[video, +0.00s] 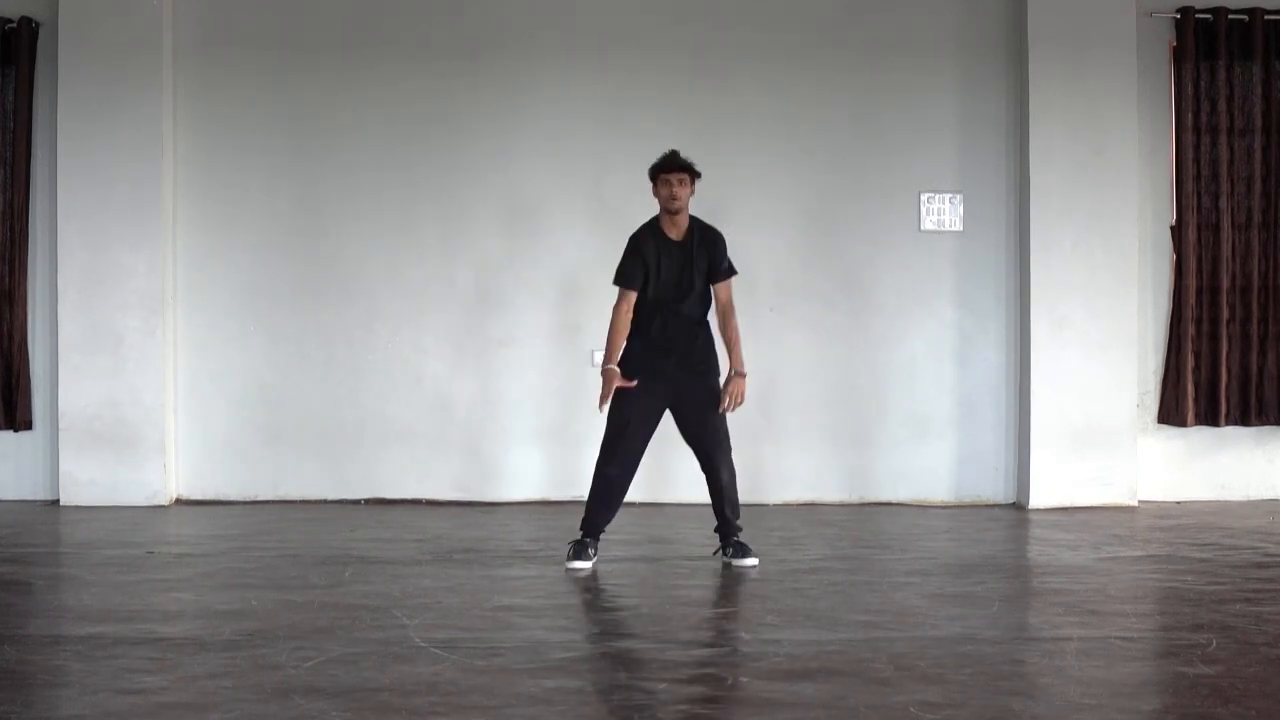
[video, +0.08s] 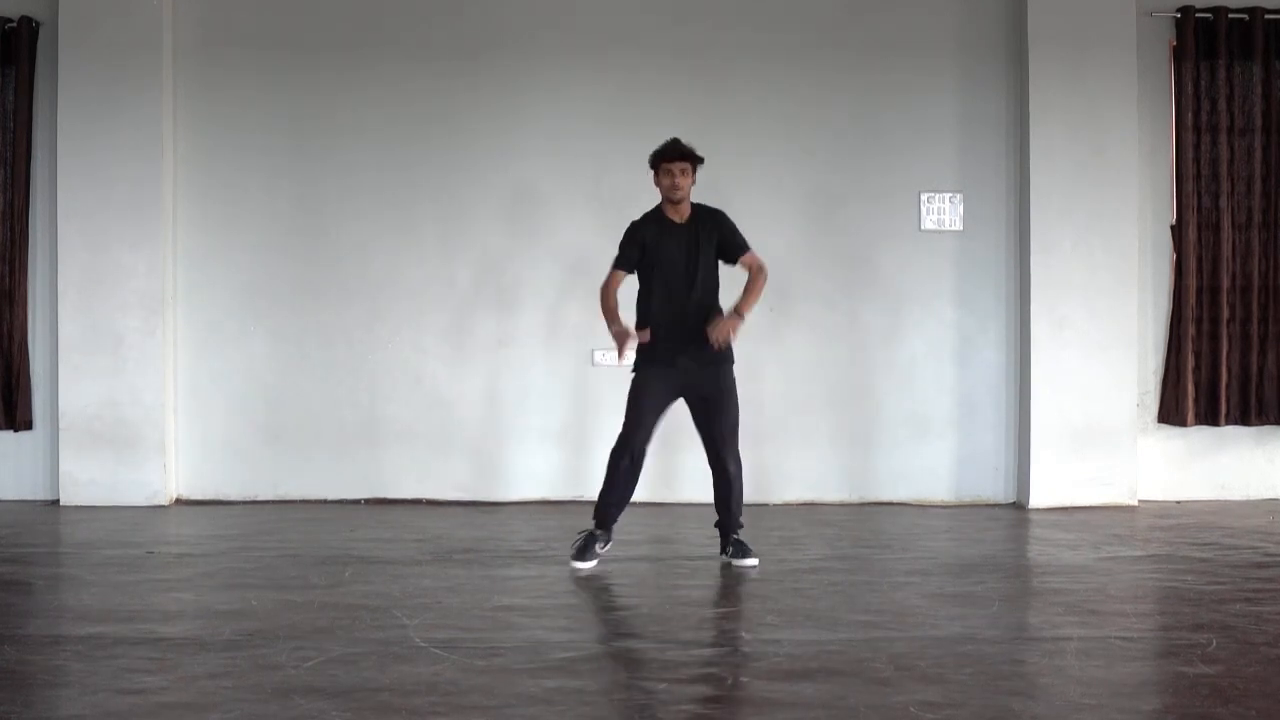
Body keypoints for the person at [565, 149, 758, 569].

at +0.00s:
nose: (675, 190)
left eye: (682, 183)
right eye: (667, 183)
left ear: (693, 189)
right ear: (654, 189)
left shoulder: (710, 241)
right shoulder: (642, 242)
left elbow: (725, 307)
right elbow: (624, 307)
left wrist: (737, 369)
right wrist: (610, 363)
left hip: (696, 371)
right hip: (643, 370)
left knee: (718, 457)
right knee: (617, 456)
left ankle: (731, 538)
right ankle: (588, 538)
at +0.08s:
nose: (676, 180)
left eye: (683, 173)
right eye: (668, 173)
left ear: (694, 178)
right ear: (655, 178)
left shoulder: (714, 223)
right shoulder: (642, 231)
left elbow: (758, 269)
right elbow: (609, 288)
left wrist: (736, 316)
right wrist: (617, 328)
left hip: (710, 358)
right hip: (657, 359)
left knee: (724, 451)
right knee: (631, 443)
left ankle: (731, 536)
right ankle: (601, 530)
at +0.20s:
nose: (672, 194)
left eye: (679, 186)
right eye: (663, 187)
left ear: (689, 188)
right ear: (651, 191)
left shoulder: (704, 217)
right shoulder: (644, 235)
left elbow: (739, 265)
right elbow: (630, 295)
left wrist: (684, 305)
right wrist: (613, 258)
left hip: (722, 336)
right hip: (676, 341)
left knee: (740, 434)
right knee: (676, 399)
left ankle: (740, 529)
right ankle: (696, 479)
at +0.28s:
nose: (671, 203)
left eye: (679, 195)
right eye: (663, 195)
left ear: (690, 197)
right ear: (651, 198)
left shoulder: (706, 223)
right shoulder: (643, 242)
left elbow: (748, 268)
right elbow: (633, 303)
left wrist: (695, 303)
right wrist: (617, 271)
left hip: (726, 341)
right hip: (679, 346)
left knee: (744, 438)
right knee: (687, 396)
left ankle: (737, 531)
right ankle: (743, 460)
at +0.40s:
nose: (685, 221)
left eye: (692, 212)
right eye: (677, 212)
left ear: (701, 208)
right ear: (662, 207)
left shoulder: (716, 235)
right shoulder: (648, 254)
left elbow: (745, 293)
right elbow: (652, 320)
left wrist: (740, 351)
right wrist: (645, 324)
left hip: (724, 355)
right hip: (677, 357)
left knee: (738, 450)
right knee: (667, 404)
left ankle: (736, 537)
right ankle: (703, 485)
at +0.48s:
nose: (694, 221)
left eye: (701, 214)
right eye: (687, 213)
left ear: (708, 209)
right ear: (671, 204)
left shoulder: (720, 236)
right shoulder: (651, 247)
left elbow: (745, 297)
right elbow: (648, 307)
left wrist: (763, 353)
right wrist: (649, 342)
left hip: (717, 358)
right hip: (670, 358)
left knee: (732, 446)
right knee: (635, 410)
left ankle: (737, 537)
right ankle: (652, 497)